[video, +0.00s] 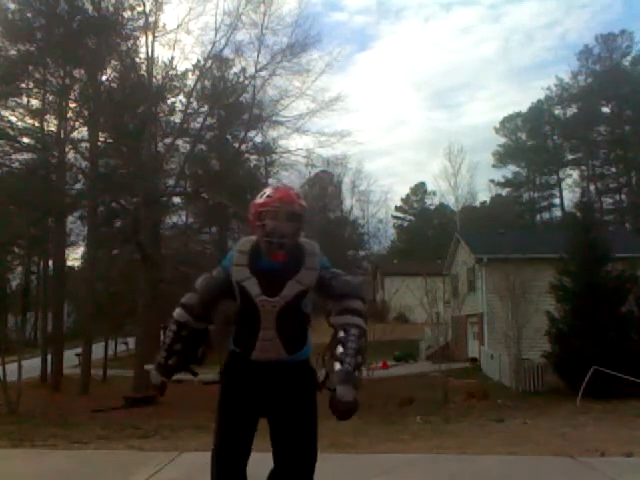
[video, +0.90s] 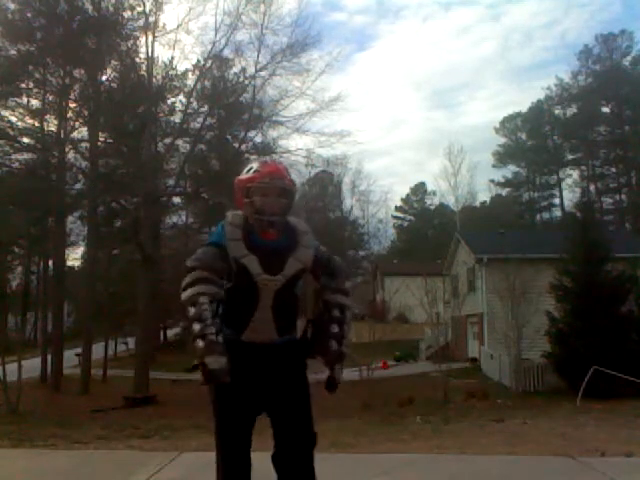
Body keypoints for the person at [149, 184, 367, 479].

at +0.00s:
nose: (283, 227)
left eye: (292, 219)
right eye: (275, 218)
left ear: (300, 225)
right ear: (259, 222)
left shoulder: (312, 261)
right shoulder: (238, 259)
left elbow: (348, 303)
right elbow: (198, 302)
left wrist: (346, 374)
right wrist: (170, 356)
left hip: (293, 375)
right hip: (242, 373)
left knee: (297, 465)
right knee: (227, 462)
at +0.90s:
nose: (272, 203)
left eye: (280, 195)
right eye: (264, 195)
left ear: (290, 201)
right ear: (248, 199)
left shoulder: (304, 242)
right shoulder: (225, 239)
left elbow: (335, 286)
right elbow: (199, 286)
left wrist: (332, 350)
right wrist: (211, 349)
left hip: (286, 359)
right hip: (236, 359)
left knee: (297, 448)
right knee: (233, 452)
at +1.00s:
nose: (275, 200)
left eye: (282, 192)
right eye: (266, 192)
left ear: (291, 198)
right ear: (249, 197)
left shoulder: (305, 238)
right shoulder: (230, 235)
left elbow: (332, 283)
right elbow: (212, 281)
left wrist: (334, 335)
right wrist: (229, 337)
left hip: (287, 357)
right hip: (238, 355)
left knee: (298, 449)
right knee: (236, 452)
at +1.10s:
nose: (279, 201)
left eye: (286, 193)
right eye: (269, 193)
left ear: (296, 199)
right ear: (253, 198)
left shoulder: (311, 242)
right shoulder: (235, 237)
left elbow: (330, 292)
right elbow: (223, 283)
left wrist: (328, 343)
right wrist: (245, 335)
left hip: (291, 361)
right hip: (243, 358)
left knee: (301, 455)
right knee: (237, 457)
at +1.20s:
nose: (283, 203)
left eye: (291, 194)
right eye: (274, 194)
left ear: (302, 199)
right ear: (259, 199)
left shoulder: (320, 246)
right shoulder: (242, 237)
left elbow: (330, 301)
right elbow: (230, 285)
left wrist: (318, 351)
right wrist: (256, 341)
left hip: (298, 363)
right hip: (248, 361)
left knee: (307, 454)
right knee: (243, 456)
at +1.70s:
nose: (312, 191)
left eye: (320, 182)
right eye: (302, 182)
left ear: (331, 188)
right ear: (285, 187)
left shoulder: (349, 238)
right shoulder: (261, 233)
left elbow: (370, 298)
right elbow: (243, 292)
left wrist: (360, 364)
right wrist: (253, 364)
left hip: (322, 364)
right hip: (270, 361)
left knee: (316, 462)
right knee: (257, 462)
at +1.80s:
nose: (318, 190)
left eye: (326, 181)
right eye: (308, 180)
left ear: (336, 186)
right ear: (290, 185)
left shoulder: (350, 231)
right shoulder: (267, 228)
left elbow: (388, 280)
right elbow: (239, 292)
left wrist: (381, 357)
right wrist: (229, 376)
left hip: (327, 362)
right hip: (272, 358)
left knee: (321, 464)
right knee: (260, 463)